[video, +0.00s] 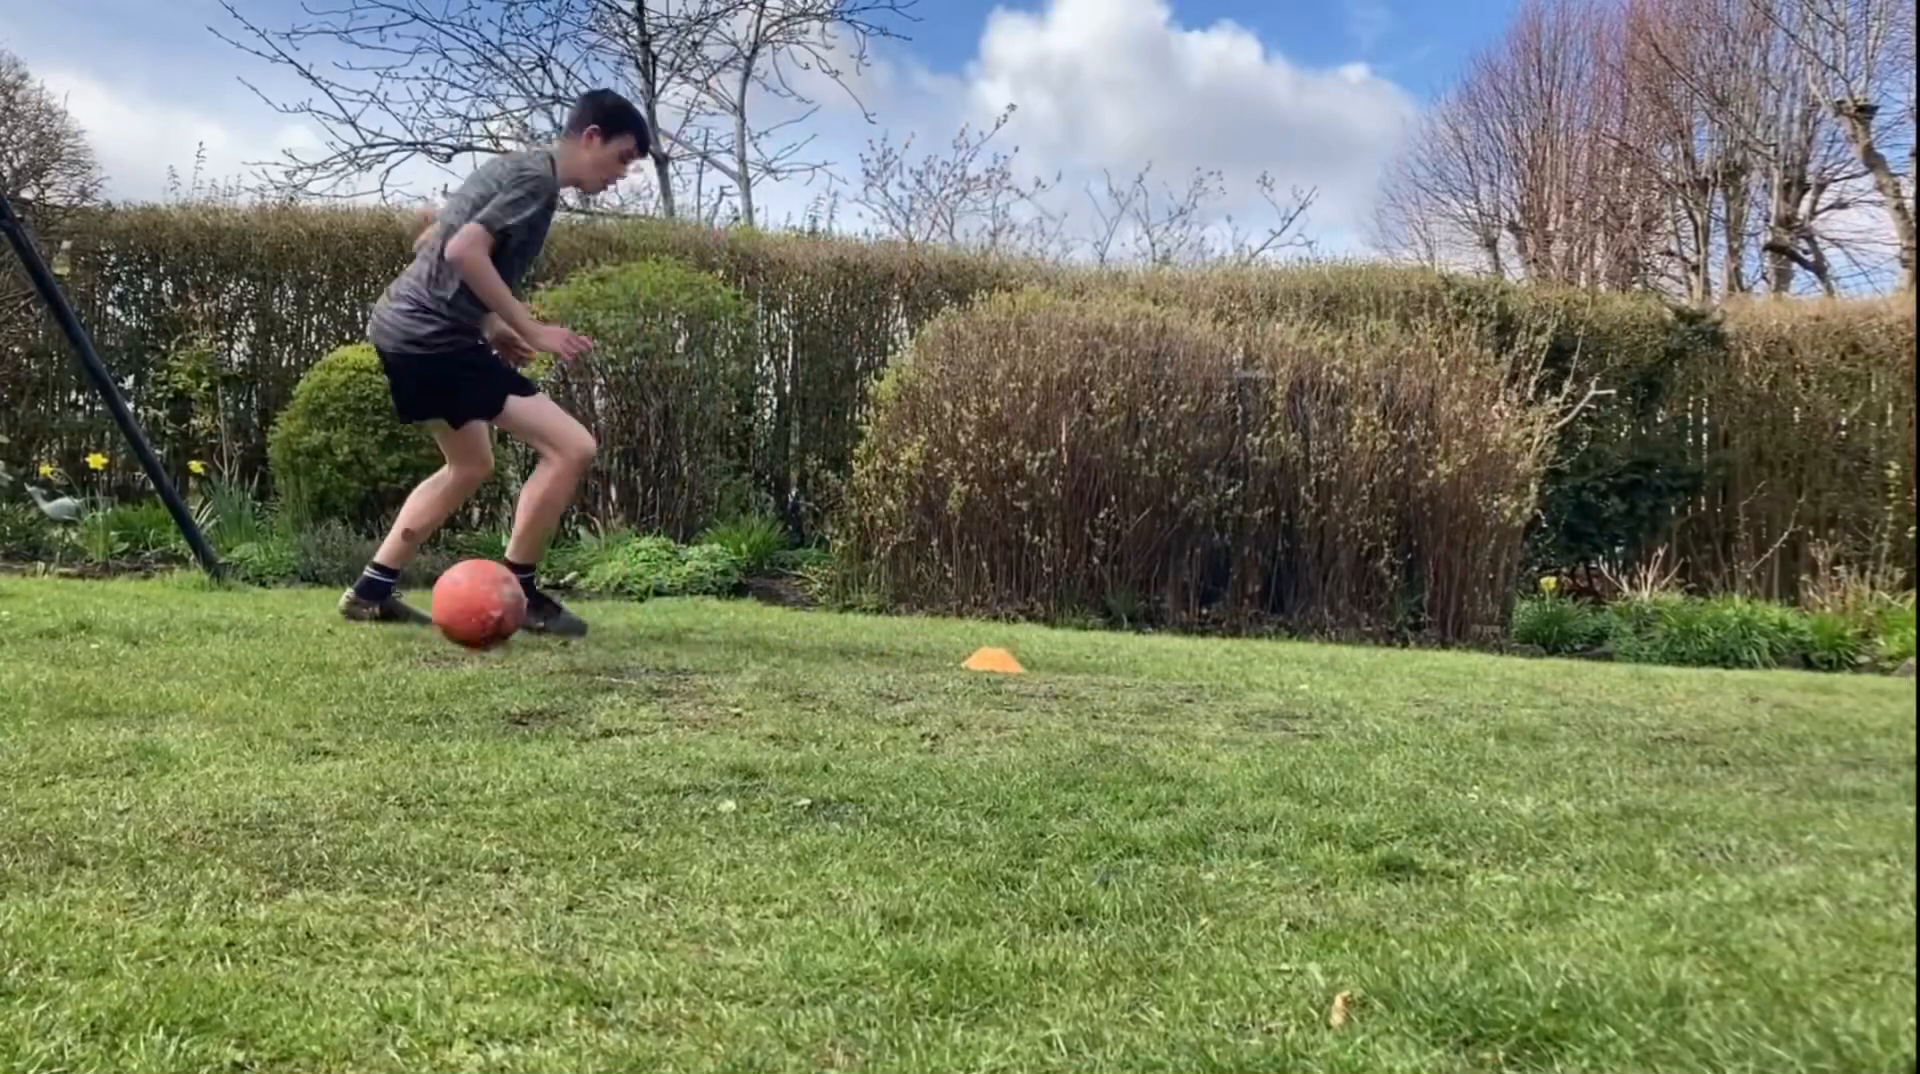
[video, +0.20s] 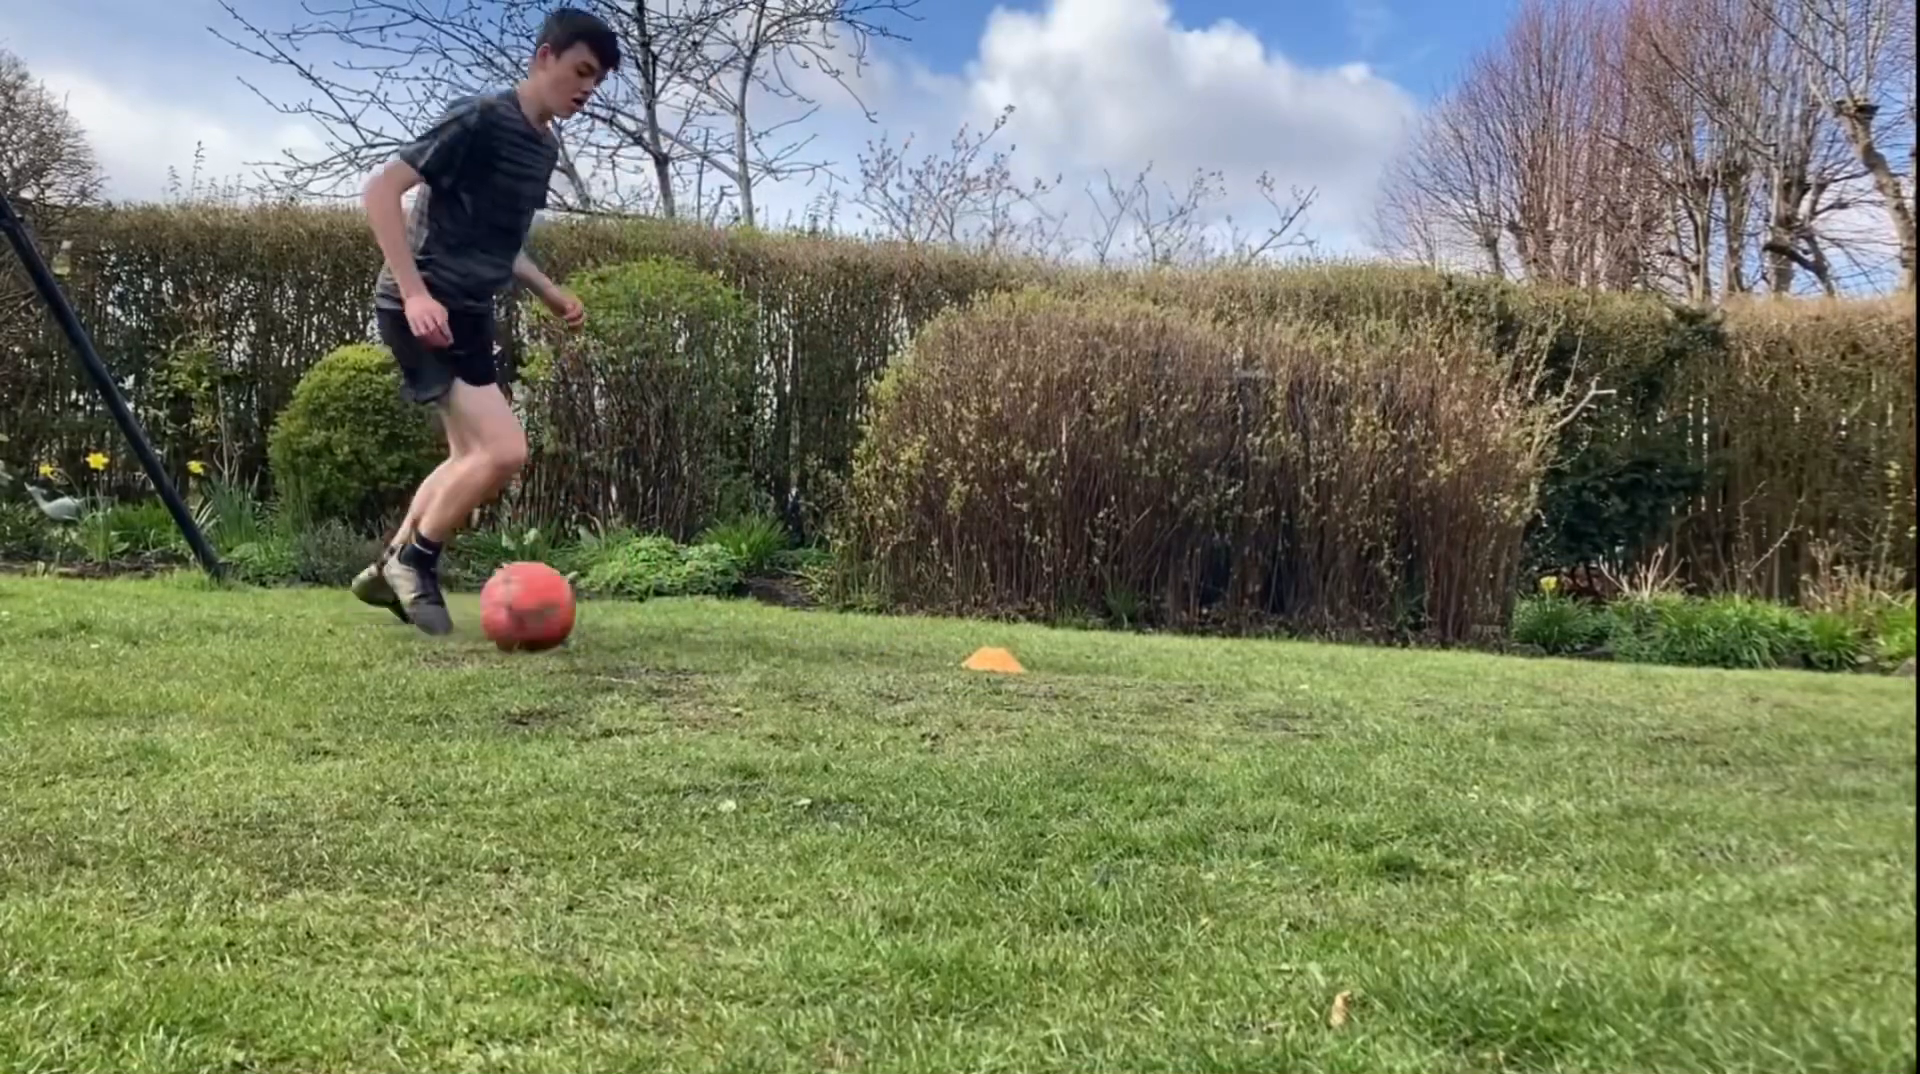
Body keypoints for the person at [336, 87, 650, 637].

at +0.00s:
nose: (621, 175)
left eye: (629, 166)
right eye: (623, 159)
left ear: (586, 139)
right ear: (590, 136)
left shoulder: (516, 169)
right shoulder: (535, 179)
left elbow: (437, 245)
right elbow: (464, 250)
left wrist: (491, 328)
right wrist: (533, 327)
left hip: (402, 332)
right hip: (434, 337)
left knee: (469, 465)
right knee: (572, 448)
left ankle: (372, 589)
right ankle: (516, 588)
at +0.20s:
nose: (587, 91)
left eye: (596, 81)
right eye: (582, 73)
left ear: (593, 82)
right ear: (543, 56)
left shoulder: (543, 146)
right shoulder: (480, 118)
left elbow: (495, 238)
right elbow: (381, 190)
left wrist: (548, 289)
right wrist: (414, 293)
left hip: (472, 310)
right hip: (427, 307)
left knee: (469, 456)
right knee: (505, 448)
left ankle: (389, 569)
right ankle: (416, 561)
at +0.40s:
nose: (560, 56)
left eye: (569, 45)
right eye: (549, 37)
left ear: (570, 52)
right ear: (509, 32)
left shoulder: (551, 131)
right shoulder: (461, 108)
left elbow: (519, 238)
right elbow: (405, 220)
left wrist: (559, 263)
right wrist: (497, 259)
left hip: (500, 316)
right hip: (426, 313)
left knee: (553, 442)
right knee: (429, 483)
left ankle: (493, 571)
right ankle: (354, 580)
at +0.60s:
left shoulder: (615, 66)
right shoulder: (517, 31)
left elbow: (579, 171)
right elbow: (439, 134)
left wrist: (617, 210)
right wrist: (550, 152)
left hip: (559, 274)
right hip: (477, 266)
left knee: (578, 430)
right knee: (467, 449)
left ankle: (503, 611)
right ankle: (390, 546)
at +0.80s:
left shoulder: (707, 12)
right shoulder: (550, 4)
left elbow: (707, 130)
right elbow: (453, 62)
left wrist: (740, 152)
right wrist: (491, 92)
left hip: (640, 235)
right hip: (554, 214)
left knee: (597, 426)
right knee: (605, 399)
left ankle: (520, 589)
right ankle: (531, 595)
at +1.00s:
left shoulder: (785, 3)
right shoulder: (609, 1)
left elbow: (781, 70)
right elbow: (552, 71)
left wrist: (817, 139)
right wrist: (636, 69)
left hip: (759, 202)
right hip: (657, 194)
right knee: (721, 402)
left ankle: (680, 486)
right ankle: (706, 661)